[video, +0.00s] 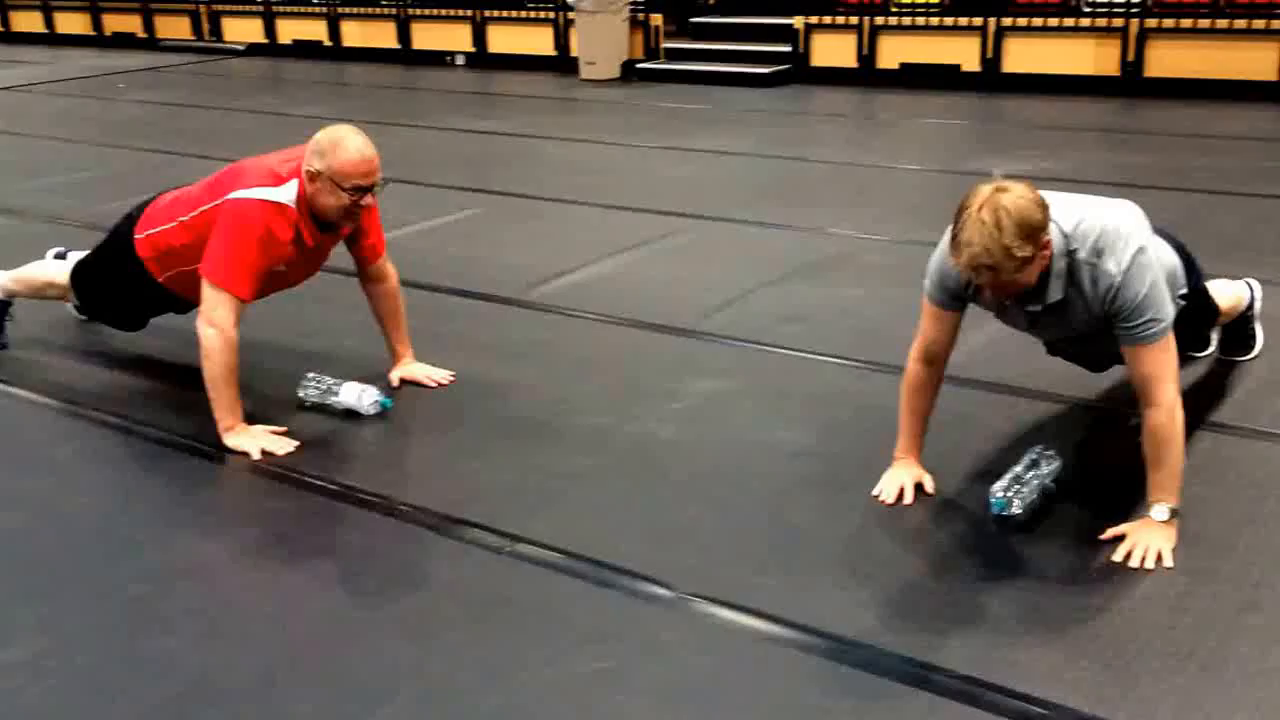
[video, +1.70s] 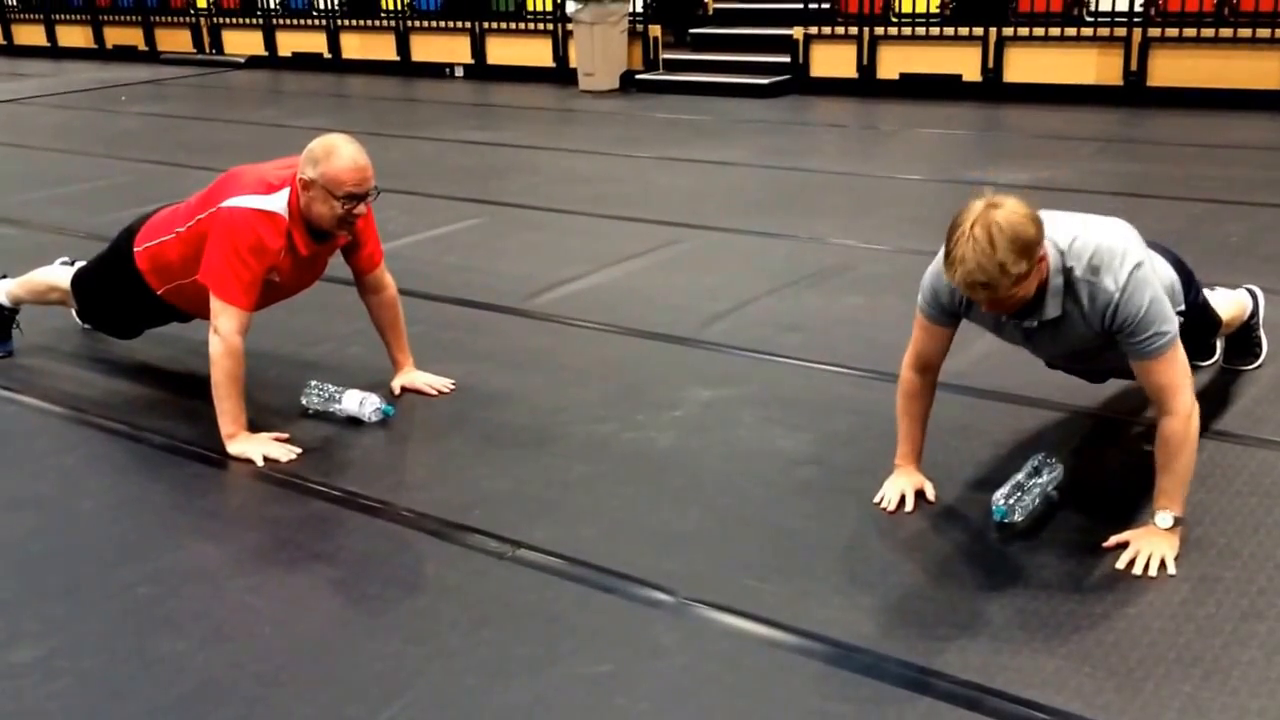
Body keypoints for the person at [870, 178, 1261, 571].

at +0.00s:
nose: (990, 293)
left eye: (1002, 282)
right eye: (980, 280)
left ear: (1041, 254)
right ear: (967, 255)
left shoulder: (1125, 266)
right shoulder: (957, 258)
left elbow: (1161, 400)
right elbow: (926, 357)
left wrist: (1160, 514)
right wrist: (906, 457)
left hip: (1154, 299)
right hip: (1070, 331)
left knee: (1194, 322)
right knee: (1111, 358)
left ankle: (1240, 297)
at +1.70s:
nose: (995, 310)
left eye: (1006, 298)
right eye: (982, 301)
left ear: (1039, 266)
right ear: (965, 272)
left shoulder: (1126, 283)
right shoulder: (954, 278)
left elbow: (1179, 410)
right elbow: (918, 368)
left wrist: (1164, 522)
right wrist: (906, 465)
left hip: (1154, 315)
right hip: (1078, 351)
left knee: (1202, 319)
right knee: (1156, 351)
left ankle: (1244, 306)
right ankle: (1191, 344)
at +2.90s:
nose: (969, 462)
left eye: (975, 453)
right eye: (956, 456)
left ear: (1009, 415)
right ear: (930, 396)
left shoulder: (1101, 388)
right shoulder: (941, 351)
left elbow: (1218, 433)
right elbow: (886, 379)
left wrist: (1165, 530)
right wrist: (902, 469)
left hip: (1138, 355)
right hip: (1060, 328)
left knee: (1195, 355)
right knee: (1138, 327)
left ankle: (1238, 307)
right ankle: (1203, 302)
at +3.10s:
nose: (960, 495)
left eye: (967, 487)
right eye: (946, 488)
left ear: (1007, 447)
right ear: (928, 430)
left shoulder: (1099, 404)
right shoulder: (945, 368)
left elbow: (1220, 437)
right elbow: (886, 377)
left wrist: (1163, 532)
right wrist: (901, 469)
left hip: (1137, 365)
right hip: (1055, 341)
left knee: (1196, 360)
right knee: (1132, 337)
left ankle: (1237, 309)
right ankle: (1201, 303)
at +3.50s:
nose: (972, 388)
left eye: (983, 377)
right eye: (962, 378)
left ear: (1020, 336)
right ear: (945, 342)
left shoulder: (1114, 330)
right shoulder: (931, 313)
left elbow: (1197, 427)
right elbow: (899, 380)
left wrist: (1161, 534)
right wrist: (901, 472)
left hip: (1153, 329)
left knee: (1203, 335)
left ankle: (1239, 310)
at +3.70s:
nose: (966, 485)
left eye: (971, 478)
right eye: (952, 479)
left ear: (1004, 441)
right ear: (928, 405)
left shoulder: (1096, 401)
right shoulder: (940, 369)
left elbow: (1217, 440)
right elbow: (883, 381)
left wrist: (1162, 536)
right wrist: (899, 473)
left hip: (1132, 370)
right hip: (1056, 346)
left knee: (1193, 366)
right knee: (1129, 344)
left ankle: (1236, 312)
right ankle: (1198, 307)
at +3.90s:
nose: (972, 479)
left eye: (975, 470)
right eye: (956, 475)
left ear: (1004, 430)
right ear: (929, 402)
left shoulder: (1098, 393)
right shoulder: (939, 359)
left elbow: (1212, 438)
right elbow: (883, 382)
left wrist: (1161, 537)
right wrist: (901, 474)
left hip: (1133, 364)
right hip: (1056, 340)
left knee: (1190, 364)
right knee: (1132, 336)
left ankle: (1236, 313)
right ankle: (1200, 307)